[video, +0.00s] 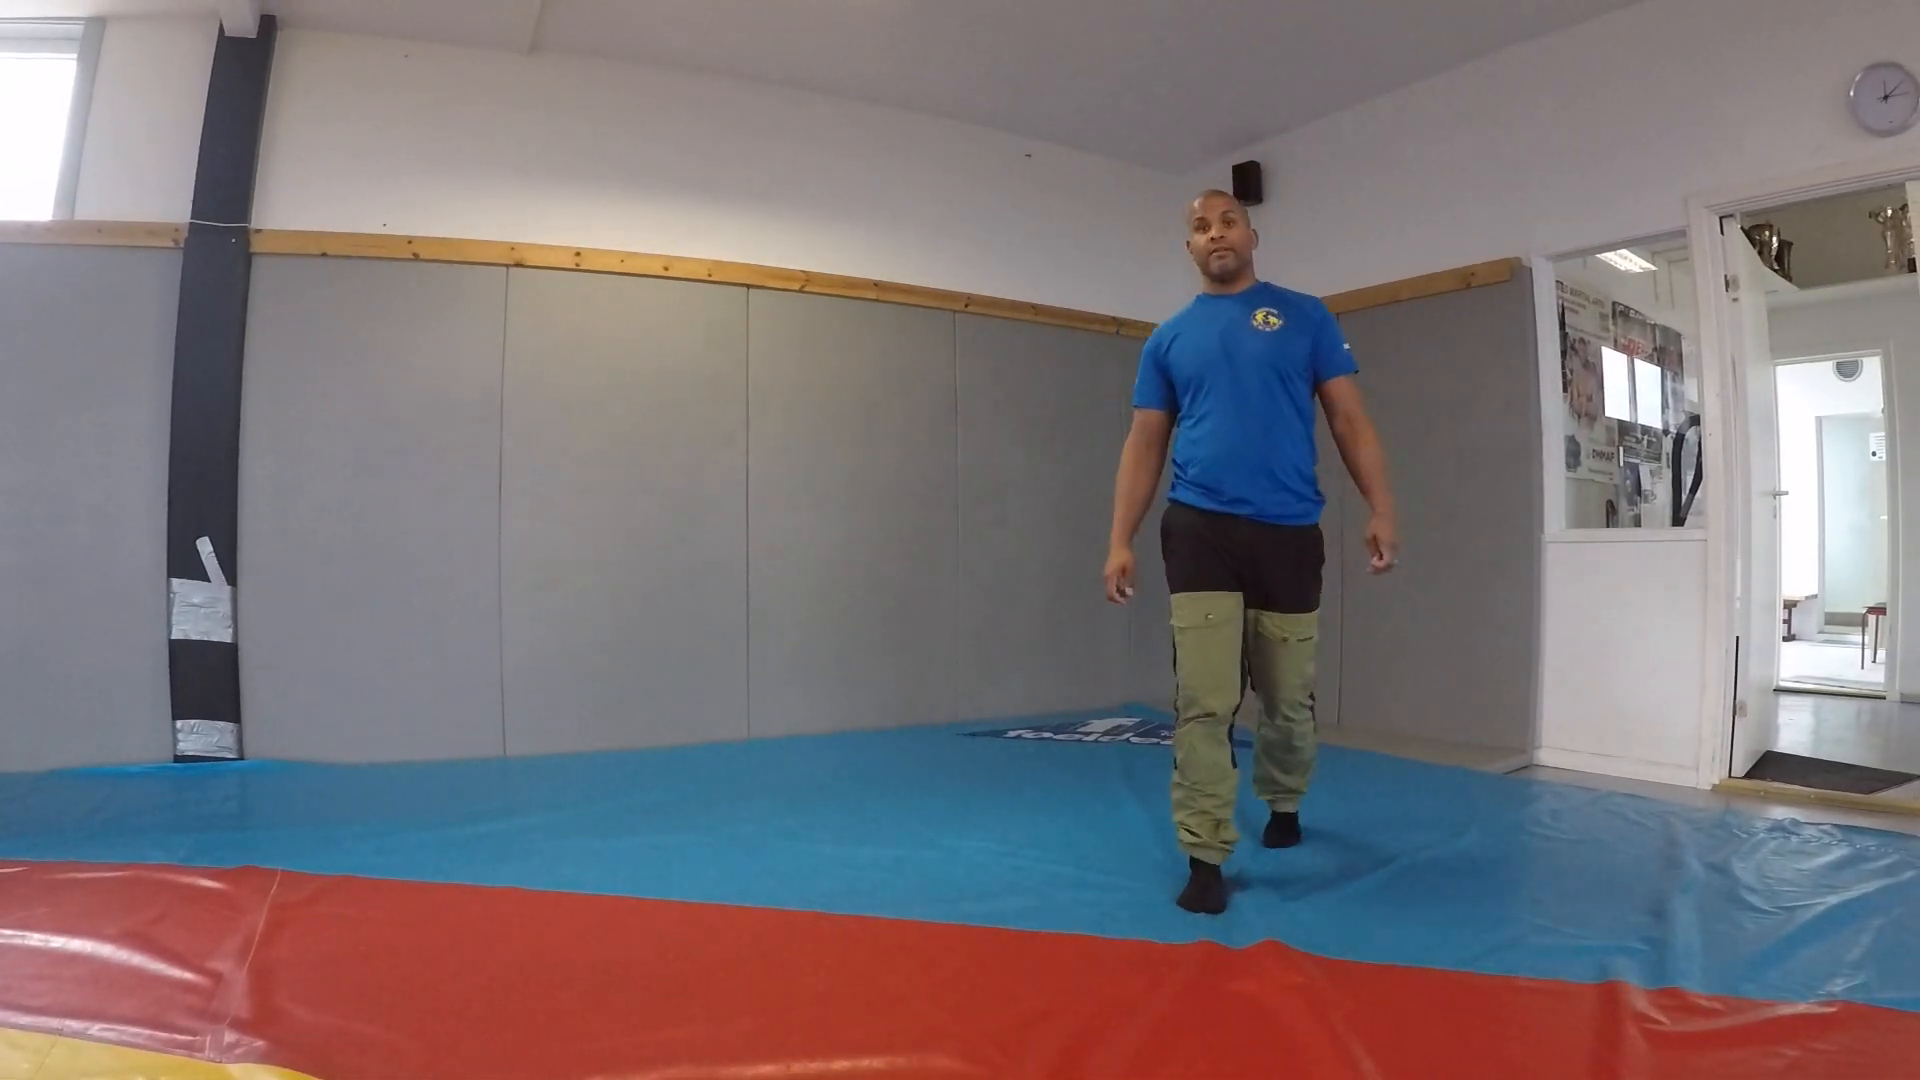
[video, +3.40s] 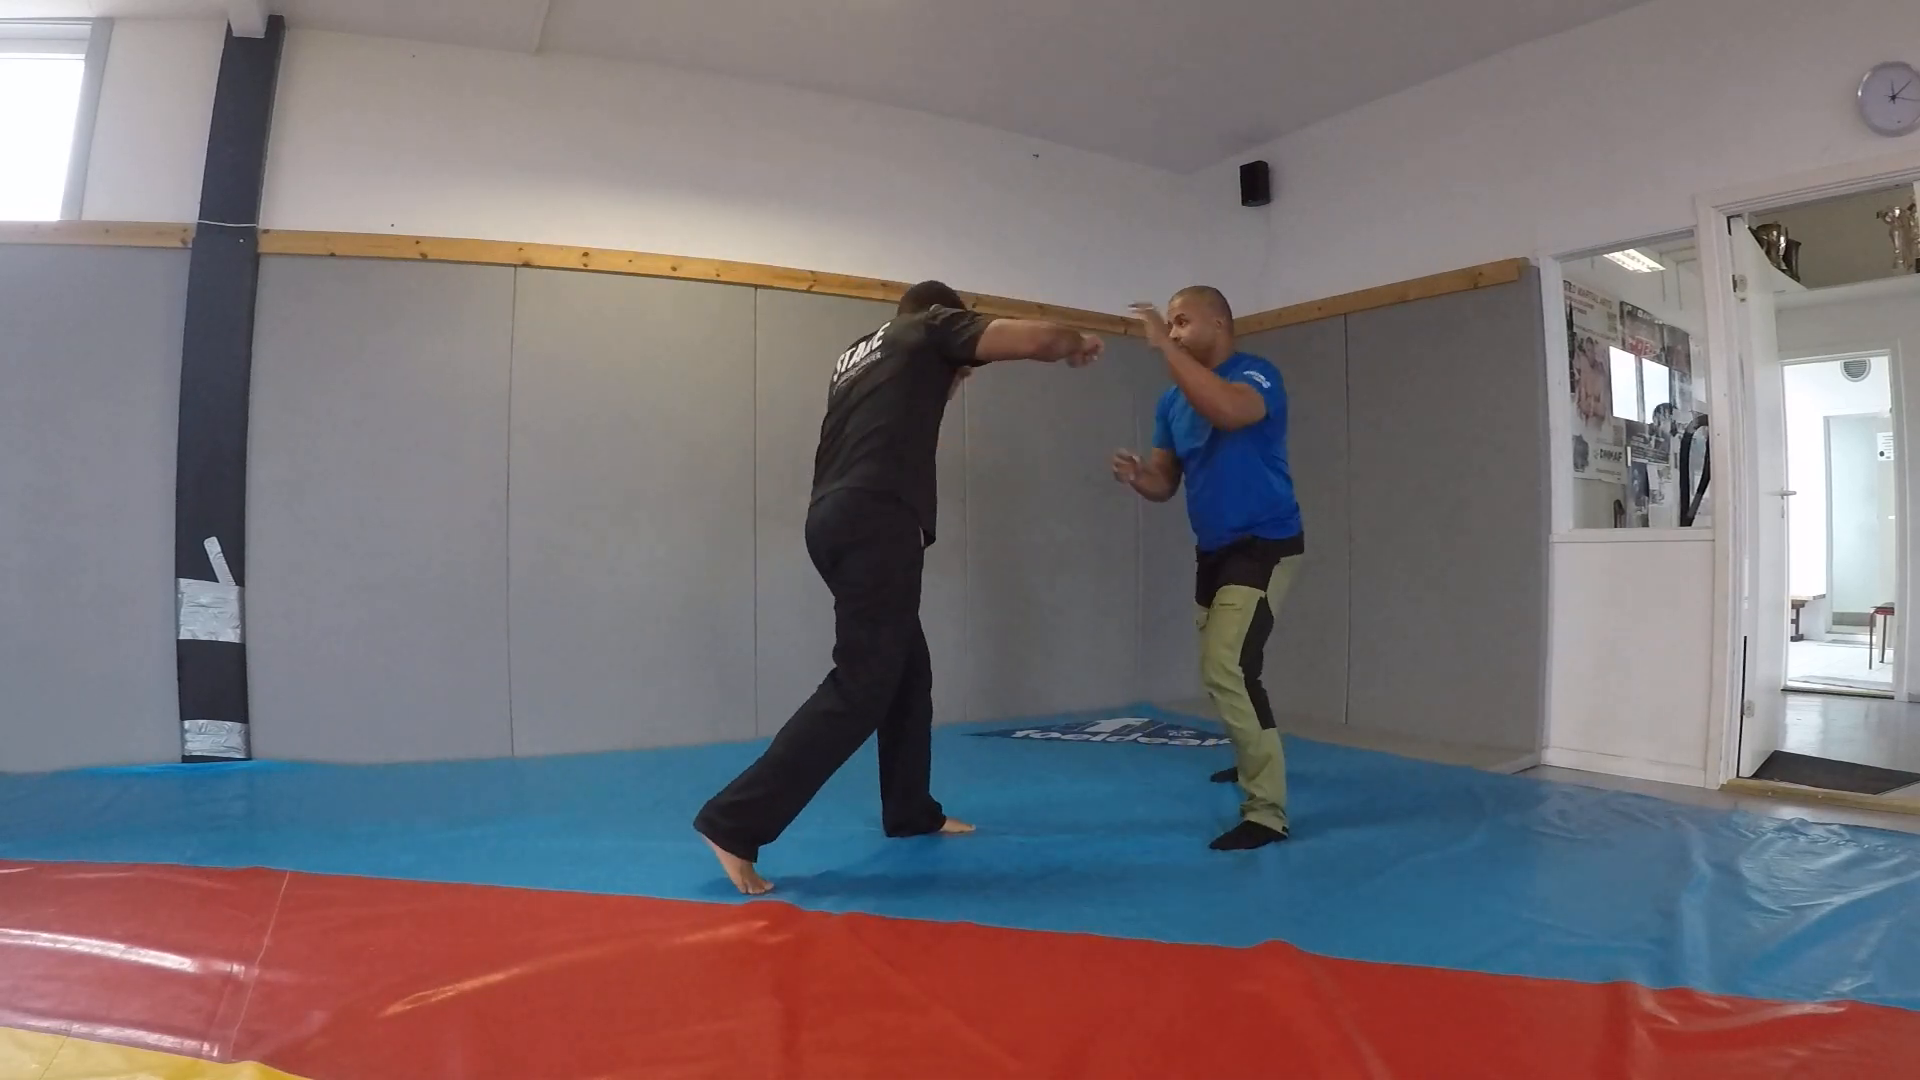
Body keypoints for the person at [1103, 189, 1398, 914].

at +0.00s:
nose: (1217, 235)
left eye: (1228, 222)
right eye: (1203, 228)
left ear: (1253, 236)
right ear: (1189, 250)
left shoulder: (1305, 317)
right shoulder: (1168, 339)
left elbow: (1348, 416)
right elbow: (1145, 445)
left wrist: (1380, 507)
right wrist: (1120, 541)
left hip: (1288, 530)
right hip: (1200, 529)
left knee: (1288, 696)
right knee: (1205, 699)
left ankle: (1284, 799)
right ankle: (1204, 856)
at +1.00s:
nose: (1150, 294)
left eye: (1161, 284)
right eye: (1143, 288)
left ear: (1189, 295)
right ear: (1138, 304)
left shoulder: (1231, 358)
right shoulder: (1126, 379)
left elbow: (1265, 442)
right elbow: (1110, 458)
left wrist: (1285, 523)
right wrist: (1102, 521)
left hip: (1225, 533)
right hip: (1155, 537)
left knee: (1241, 667)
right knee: (1160, 666)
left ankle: (1268, 795)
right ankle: (1166, 772)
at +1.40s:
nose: (1127, 306)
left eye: (1137, 294)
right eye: (1121, 300)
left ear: (1167, 301)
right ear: (1119, 314)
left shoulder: (1201, 355)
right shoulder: (1120, 384)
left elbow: (1237, 431)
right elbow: (1109, 470)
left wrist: (1180, 478)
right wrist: (1088, 542)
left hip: (1201, 529)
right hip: (1140, 535)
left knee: (1218, 664)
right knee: (1154, 666)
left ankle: (1252, 786)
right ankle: (1167, 773)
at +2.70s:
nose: (1132, 326)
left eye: (1143, 312)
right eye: (1128, 318)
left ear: (1181, 315)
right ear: (1135, 329)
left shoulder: (1206, 370)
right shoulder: (1167, 383)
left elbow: (1190, 457)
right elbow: (1171, 471)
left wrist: (1122, 405)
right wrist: (1118, 456)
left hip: (1233, 545)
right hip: (1185, 544)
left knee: (1199, 677)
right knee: (1148, 671)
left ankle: (1264, 815)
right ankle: (1170, 773)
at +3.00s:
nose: (1169, 329)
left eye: (1179, 316)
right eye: (1166, 319)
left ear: (1220, 317)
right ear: (1174, 325)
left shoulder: (1259, 387)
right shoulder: (1181, 376)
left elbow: (1246, 480)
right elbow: (1116, 410)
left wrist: (1179, 412)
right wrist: (1068, 355)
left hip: (1267, 546)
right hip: (1213, 544)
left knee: (1217, 671)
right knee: (1172, 663)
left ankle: (1265, 818)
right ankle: (1215, 754)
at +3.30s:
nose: (1184, 327)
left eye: (1194, 316)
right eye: (1179, 319)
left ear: (1231, 321)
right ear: (1181, 329)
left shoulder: (1271, 378)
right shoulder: (1175, 387)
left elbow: (1264, 442)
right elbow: (1138, 465)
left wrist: (1216, 368)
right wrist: (1100, 424)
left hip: (1264, 540)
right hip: (1211, 546)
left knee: (1229, 664)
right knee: (1225, 664)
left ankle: (1268, 815)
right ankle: (1255, 758)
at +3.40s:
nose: (1173, 334)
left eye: (1184, 322)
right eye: (1168, 327)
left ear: (1221, 326)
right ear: (1170, 337)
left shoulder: (1257, 374)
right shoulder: (1174, 400)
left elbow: (1231, 409)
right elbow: (1164, 484)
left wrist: (1166, 344)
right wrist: (1139, 476)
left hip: (1264, 544)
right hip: (1214, 550)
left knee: (1224, 668)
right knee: (1225, 670)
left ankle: (1267, 813)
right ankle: (1258, 759)